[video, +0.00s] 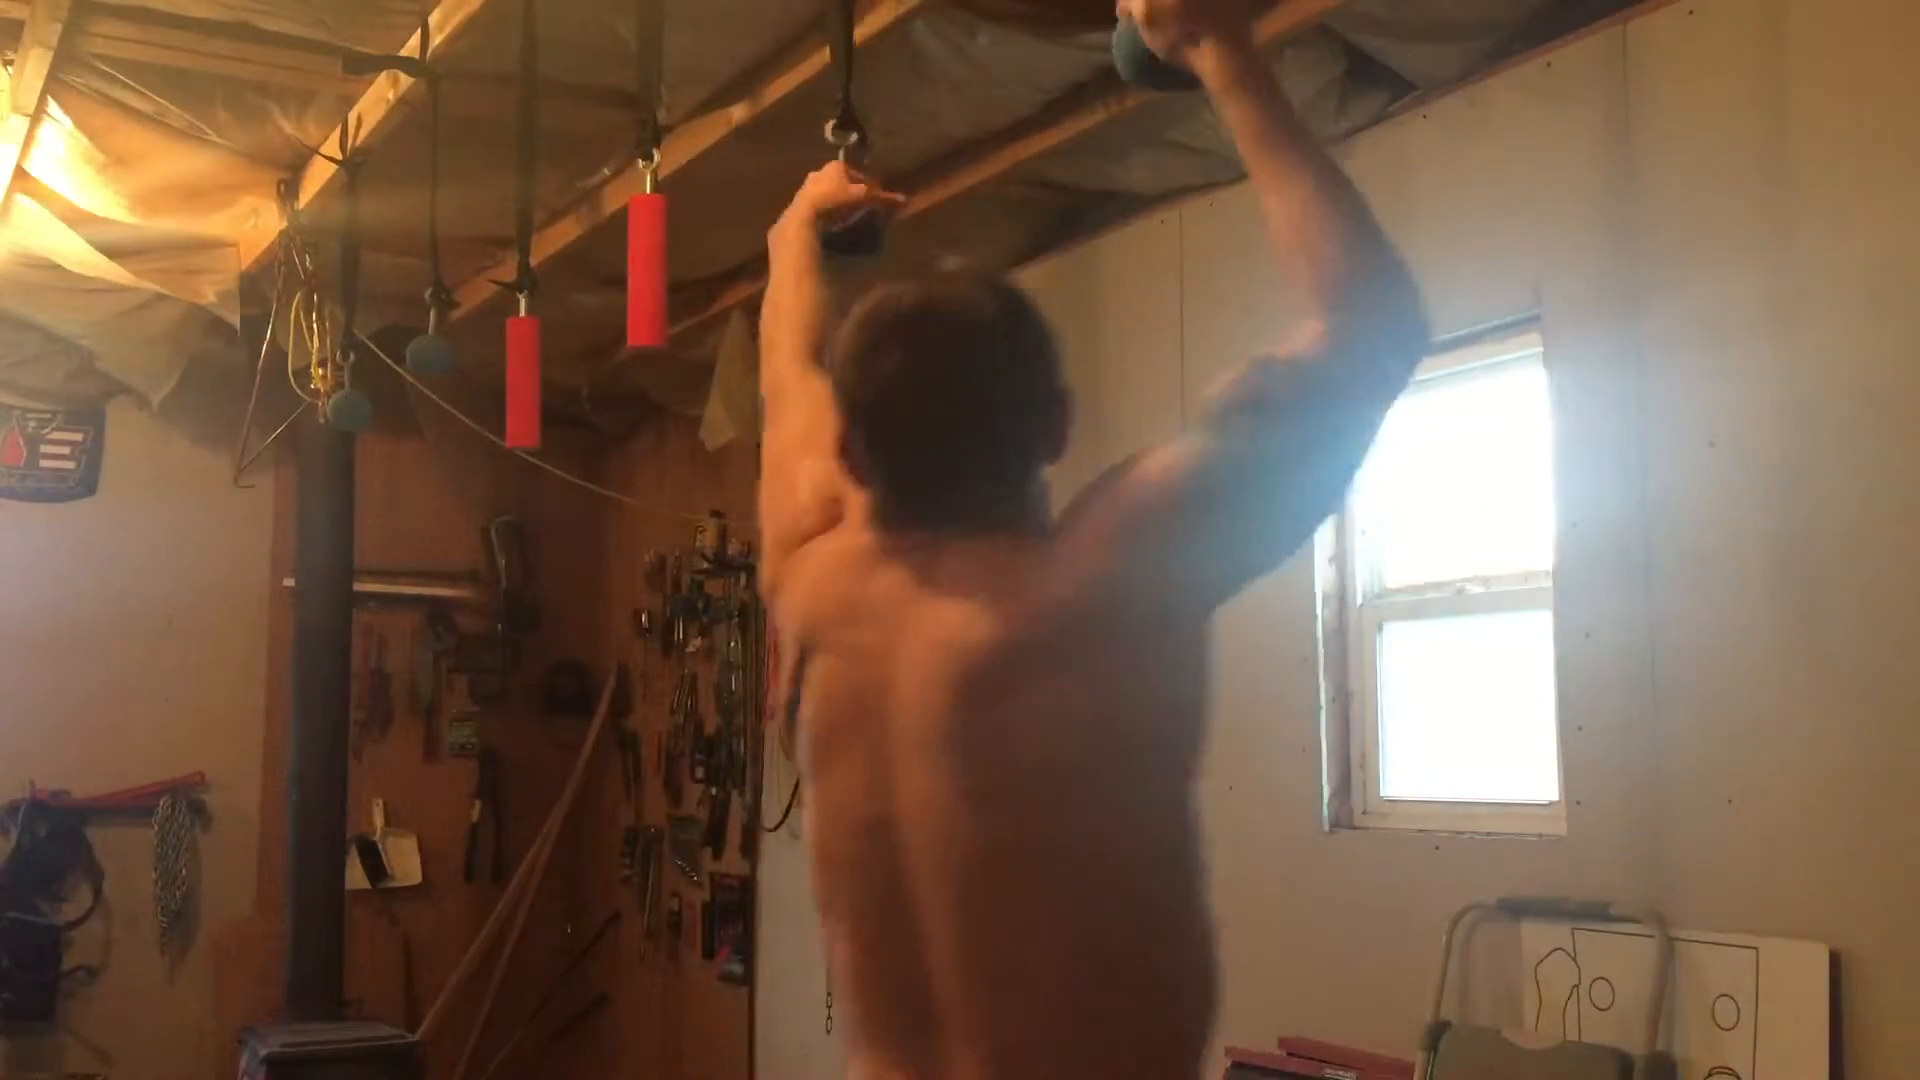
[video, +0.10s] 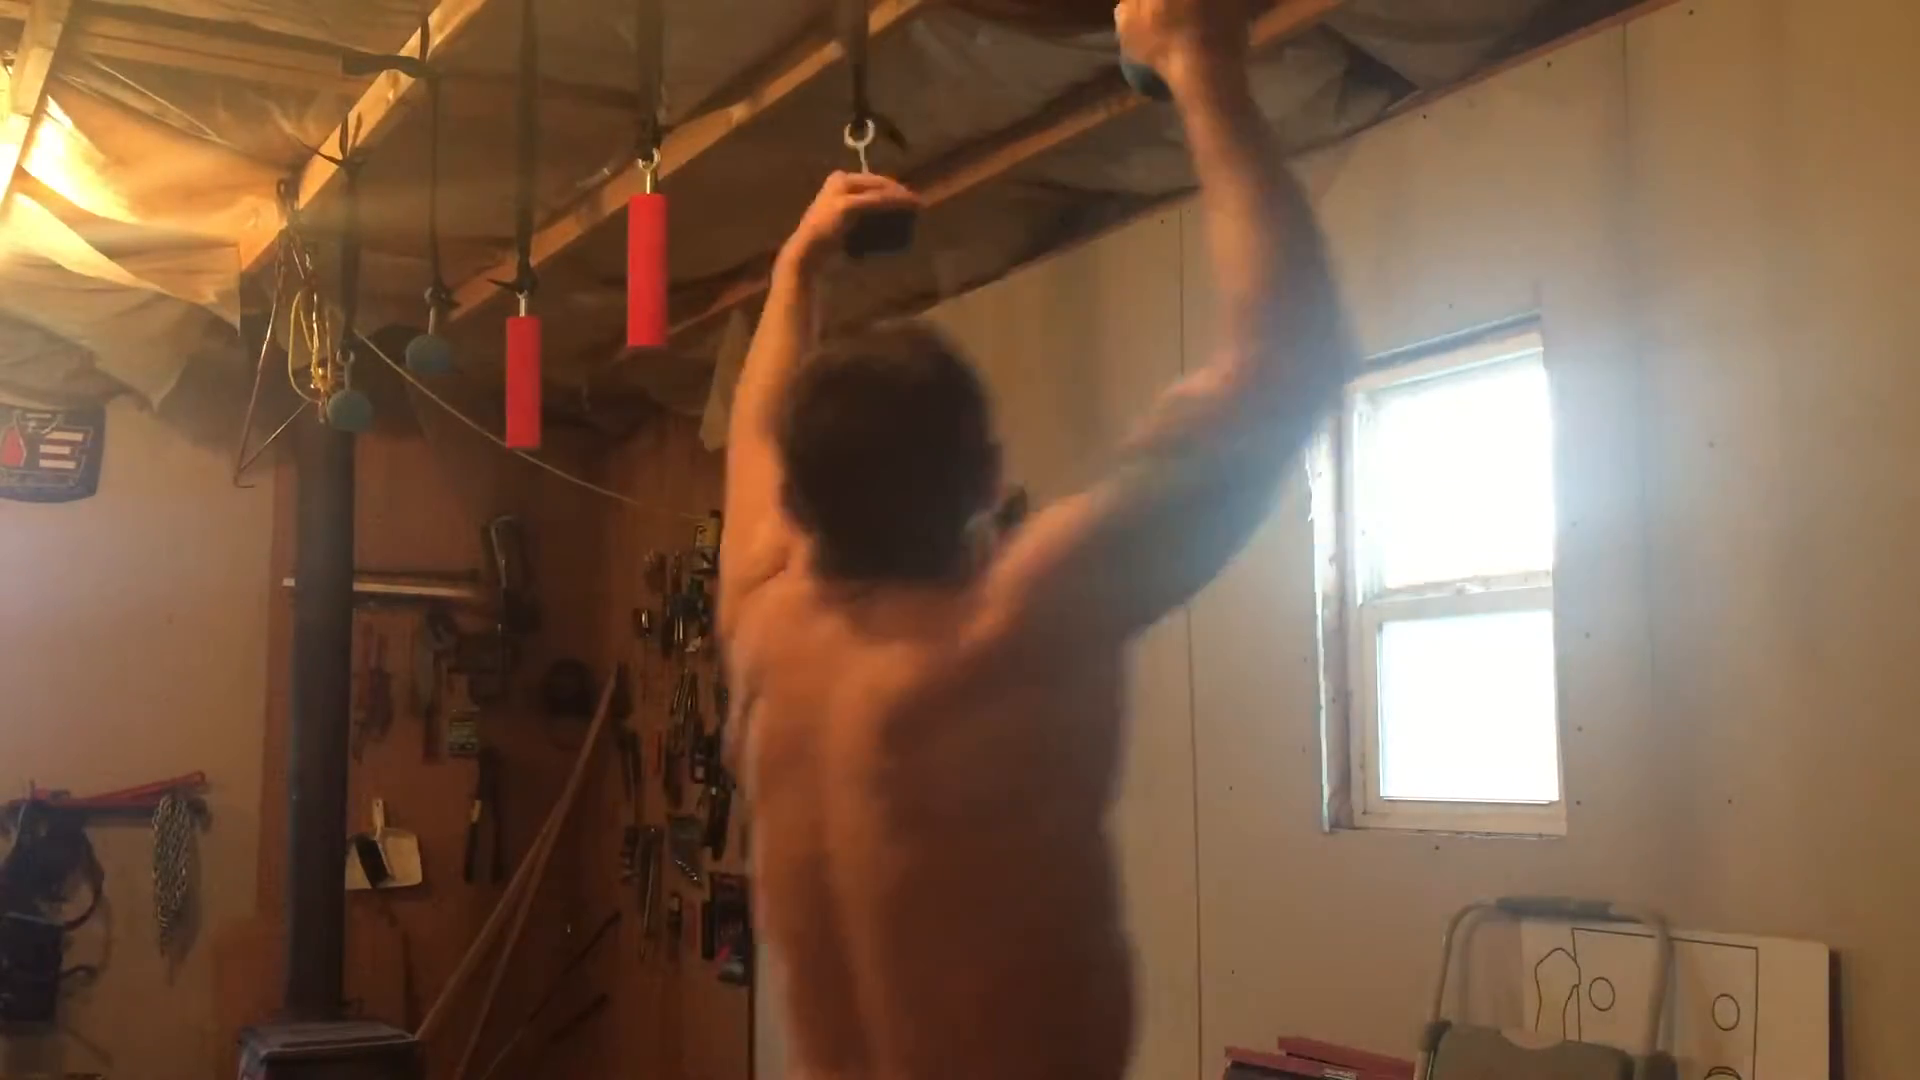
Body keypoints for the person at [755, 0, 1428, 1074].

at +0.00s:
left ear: (850, 452)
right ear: (1057, 430)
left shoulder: (822, 601)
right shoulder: (1120, 580)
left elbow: (792, 380)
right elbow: (1371, 332)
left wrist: (796, 221)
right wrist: (1226, 51)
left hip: (888, 1064)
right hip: (1124, 1063)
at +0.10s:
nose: (997, 463)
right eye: (987, 446)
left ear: (796, 493)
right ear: (982, 483)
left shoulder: (769, 640)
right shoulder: (1036, 618)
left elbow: (760, 430)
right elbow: (1288, 365)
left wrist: (799, 253)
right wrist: (1204, 63)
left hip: (823, 1067)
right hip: (1035, 1063)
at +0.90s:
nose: (669, 249)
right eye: (659, 235)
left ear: (512, 291)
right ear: (646, 268)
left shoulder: (506, 413)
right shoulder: (669, 407)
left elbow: (647, 462)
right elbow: (912, 395)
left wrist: (693, 313)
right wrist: (936, 121)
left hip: (588, 878)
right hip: (712, 921)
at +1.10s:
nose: (741, 288)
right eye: (732, 266)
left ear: (586, 326)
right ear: (715, 298)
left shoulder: (576, 451)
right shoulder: (746, 438)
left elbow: (719, 443)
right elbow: (1015, 402)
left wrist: (750, 294)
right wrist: (1001, 133)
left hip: (694, 917)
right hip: (826, 964)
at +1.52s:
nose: (982, 196)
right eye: (976, 179)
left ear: (802, 250)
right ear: (966, 202)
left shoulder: (790, 427)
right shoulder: (1035, 343)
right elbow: (1351, 366)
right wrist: (1235, 111)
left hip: (1051, 942)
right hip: (1248, 935)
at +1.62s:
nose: (1046, 166)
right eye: (1037, 144)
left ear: (853, 225)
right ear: (1031, 173)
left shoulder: (855, 407)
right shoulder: (1117, 294)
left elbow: (916, 561)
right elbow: (1445, 319)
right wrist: (1305, 79)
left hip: (1155, 929)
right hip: (1363, 903)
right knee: (1557, 1064)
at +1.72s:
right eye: (1080, 111)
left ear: (897, 203)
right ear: (1079, 126)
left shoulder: (915, 384)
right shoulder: (1177, 240)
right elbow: (1540, 259)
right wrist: (1373, 34)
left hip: (1250, 908)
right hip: (1469, 860)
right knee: (1685, 1058)